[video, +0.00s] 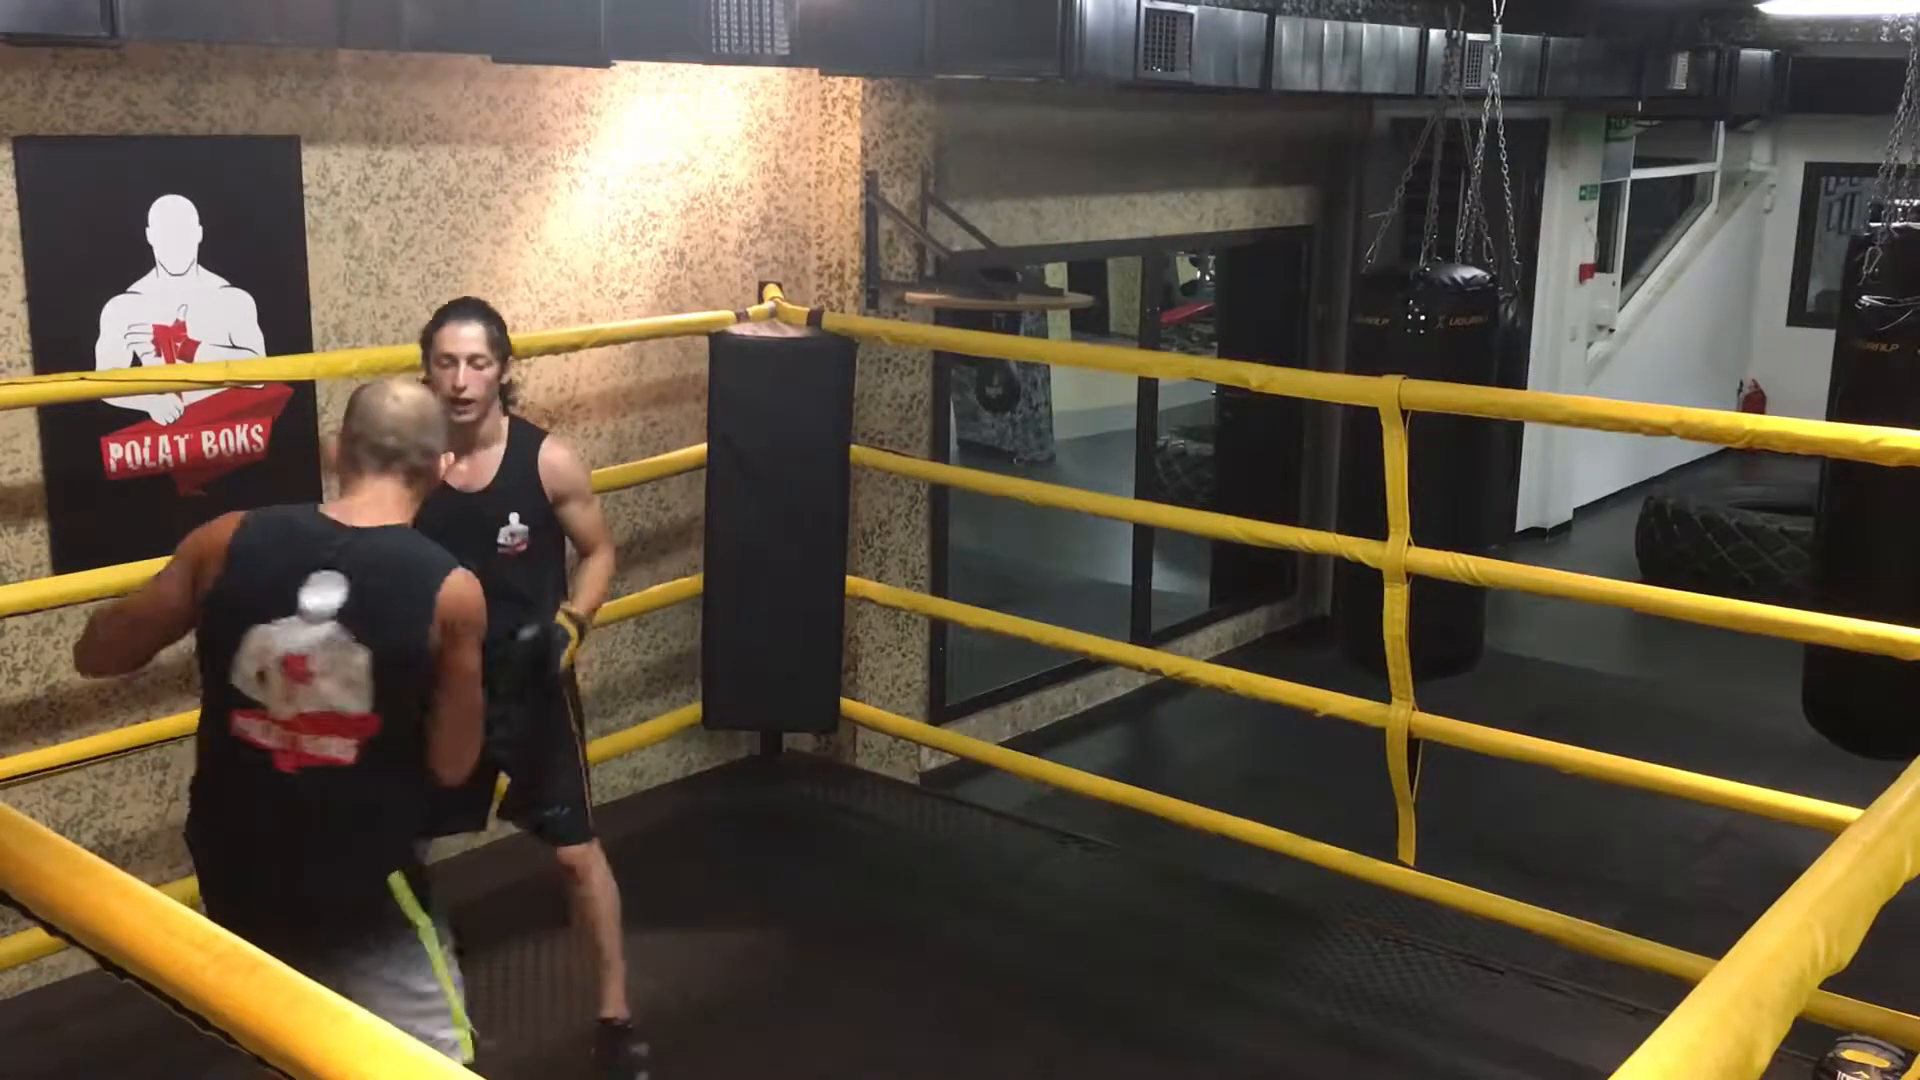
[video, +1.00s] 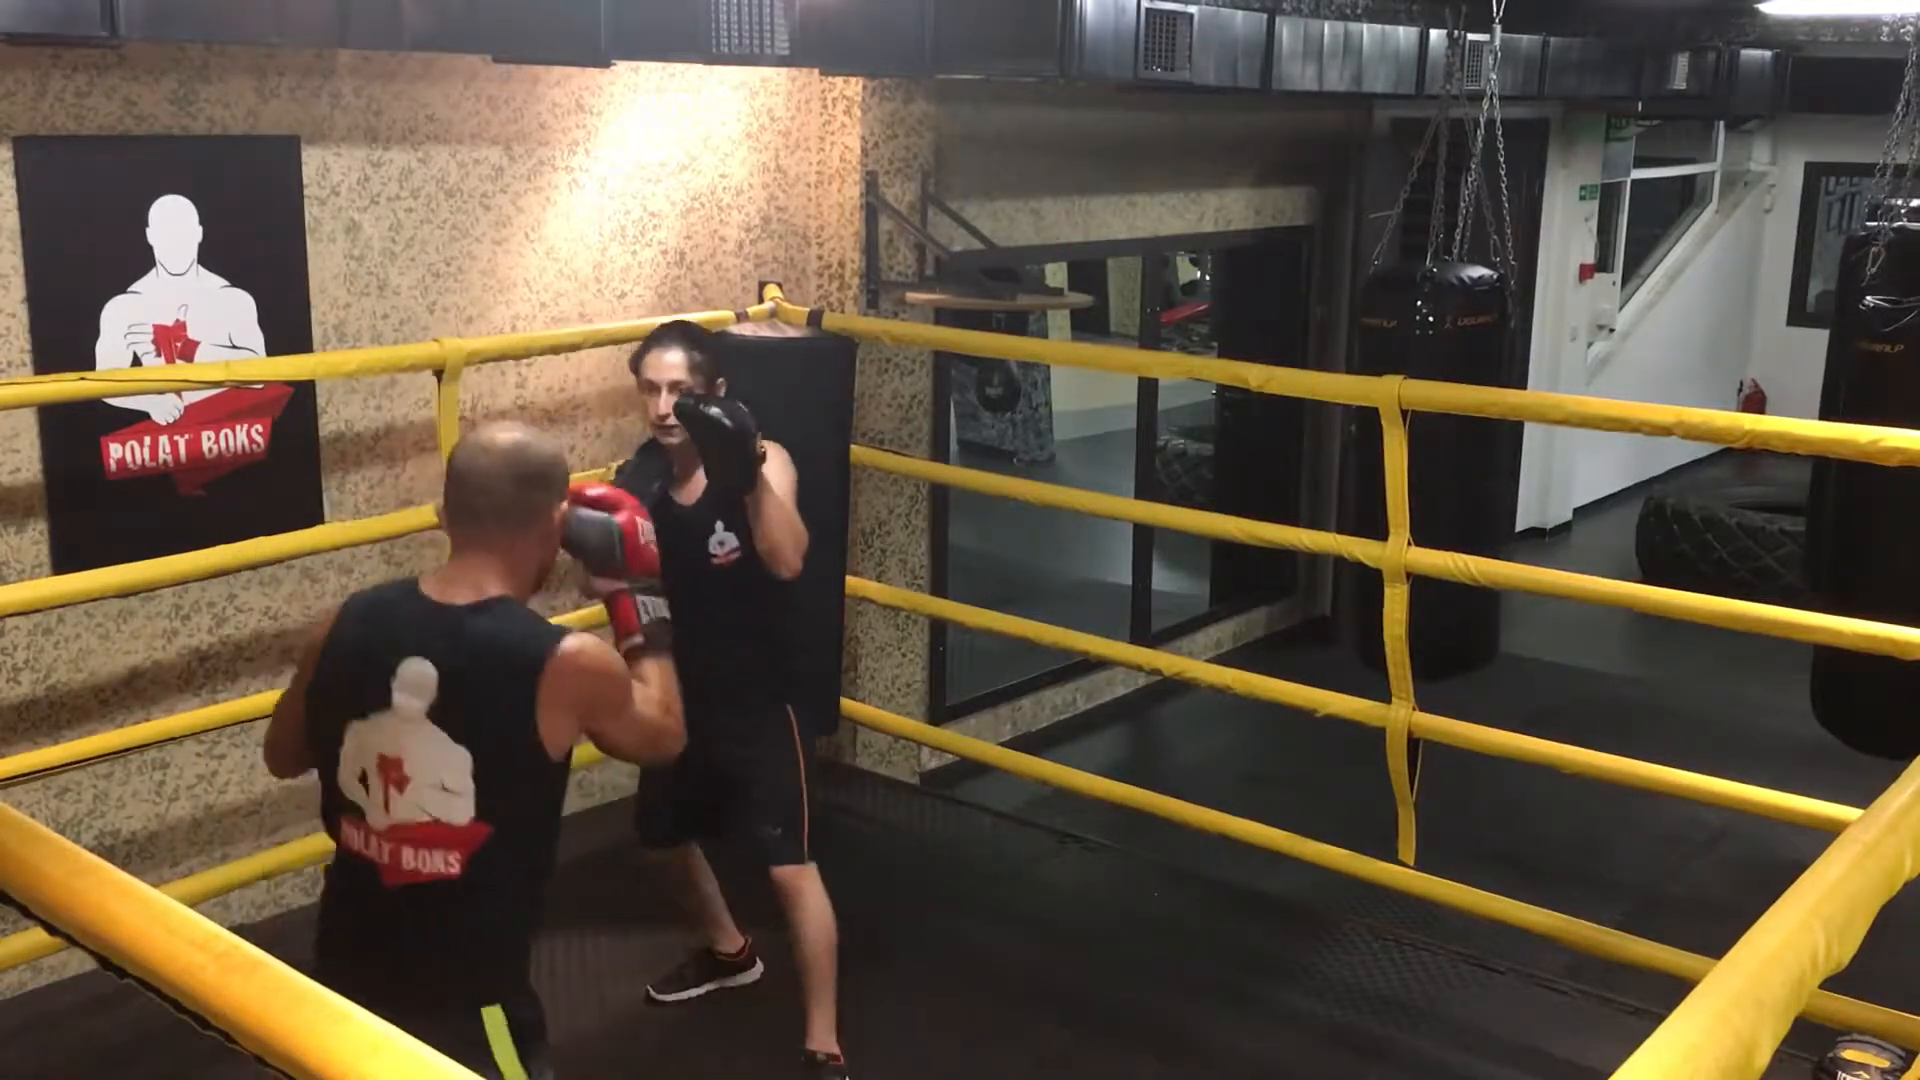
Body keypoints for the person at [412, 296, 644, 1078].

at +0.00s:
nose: (459, 378)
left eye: (476, 363)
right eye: (445, 364)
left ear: (504, 370)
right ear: (427, 371)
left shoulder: (549, 460)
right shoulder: (408, 461)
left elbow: (598, 553)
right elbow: (372, 552)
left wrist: (571, 622)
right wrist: (395, 626)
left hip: (527, 680)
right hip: (432, 674)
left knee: (575, 850)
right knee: (400, 840)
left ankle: (614, 1013)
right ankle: (413, 997)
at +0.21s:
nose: (529, 405)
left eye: (546, 389)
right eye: (517, 388)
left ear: (575, 395)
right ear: (500, 393)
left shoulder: (611, 487)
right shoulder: (473, 468)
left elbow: (642, 593)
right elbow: (432, 562)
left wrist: (594, 621)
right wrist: (464, 603)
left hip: (576, 686)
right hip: (482, 677)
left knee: (621, 864)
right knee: (423, 830)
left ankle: (674, 999)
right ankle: (410, 955)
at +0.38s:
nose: (574, 391)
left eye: (591, 378)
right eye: (564, 376)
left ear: (625, 385)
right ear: (552, 380)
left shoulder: (663, 471)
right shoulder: (531, 455)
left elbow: (689, 587)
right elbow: (504, 546)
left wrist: (648, 561)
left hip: (638, 686)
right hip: (548, 674)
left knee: (653, 851)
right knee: (509, 817)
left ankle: (678, 1000)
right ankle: (529, 948)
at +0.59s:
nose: (608, 394)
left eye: (623, 379)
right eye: (596, 380)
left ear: (659, 378)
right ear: (585, 383)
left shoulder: (704, 448)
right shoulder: (591, 457)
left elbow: (725, 548)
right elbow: (548, 536)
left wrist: (686, 452)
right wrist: (575, 480)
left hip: (690, 666)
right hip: (627, 663)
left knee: (676, 843)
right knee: (641, 830)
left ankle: (693, 998)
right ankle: (727, 944)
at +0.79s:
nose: (630, 401)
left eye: (645, 386)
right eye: (619, 386)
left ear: (678, 385)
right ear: (606, 388)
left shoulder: (727, 452)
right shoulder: (617, 469)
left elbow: (758, 553)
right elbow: (567, 577)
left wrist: (719, 463)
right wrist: (589, 521)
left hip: (729, 673)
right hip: (664, 672)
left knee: (733, 842)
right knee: (646, 826)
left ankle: (795, 1013)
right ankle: (727, 949)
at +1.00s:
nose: (661, 407)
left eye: (677, 390)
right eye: (650, 391)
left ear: (713, 391)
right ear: (639, 395)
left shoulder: (762, 461)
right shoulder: (640, 475)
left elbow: (787, 560)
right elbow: (611, 578)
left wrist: (745, 470)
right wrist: (597, 537)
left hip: (758, 691)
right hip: (676, 690)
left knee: (790, 866)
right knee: (666, 830)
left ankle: (824, 1047)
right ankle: (729, 950)